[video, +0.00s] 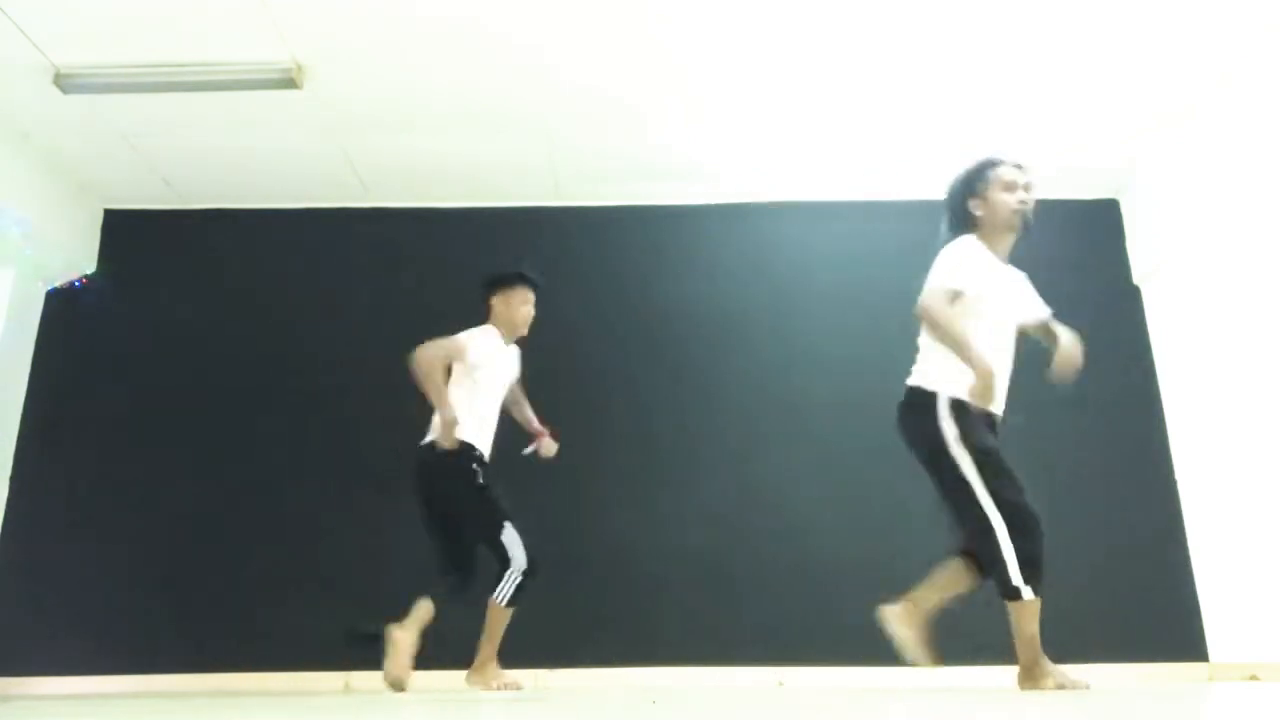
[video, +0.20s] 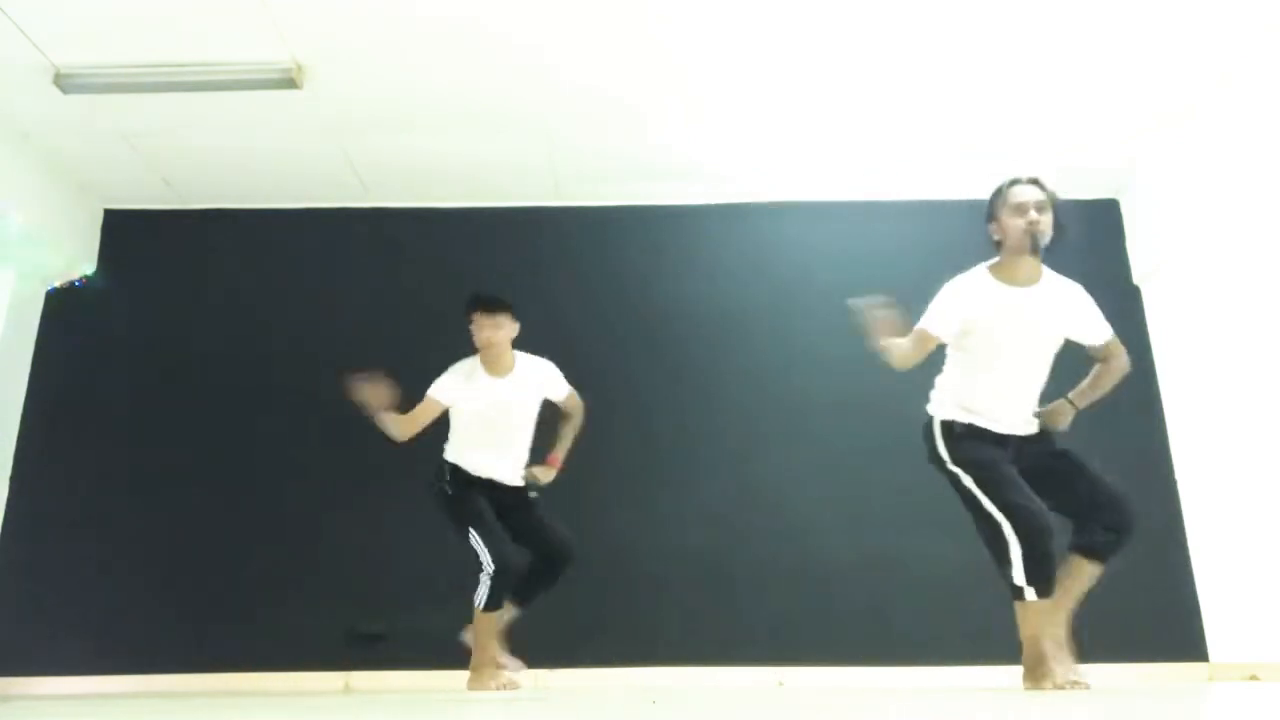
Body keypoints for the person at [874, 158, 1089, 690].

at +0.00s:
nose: (1026, 197)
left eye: (1027, 188)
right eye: (1011, 188)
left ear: (1027, 204)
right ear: (976, 203)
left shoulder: (1014, 281)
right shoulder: (960, 252)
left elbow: (1048, 329)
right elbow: (931, 308)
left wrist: (1066, 343)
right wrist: (979, 363)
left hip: (974, 412)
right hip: (939, 404)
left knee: (996, 534)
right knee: (1015, 526)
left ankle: (910, 612)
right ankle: (1033, 668)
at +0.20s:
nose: (1032, 218)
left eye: (1041, 209)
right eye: (1019, 210)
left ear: (1052, 223)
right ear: (995, 225)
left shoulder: (1067, 297)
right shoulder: (966, 291)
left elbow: (1116, 361)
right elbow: (904, 357)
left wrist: (1071, 404)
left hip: (1021, 432)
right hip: (959, 428)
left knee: (1108, 517)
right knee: (1029, 529)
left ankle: (1053, 626)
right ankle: (1038, 669)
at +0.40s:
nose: (1038, 234)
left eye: (1046, 224)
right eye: (1024, 226)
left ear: (1059, 236)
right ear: (1001, 242)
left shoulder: (1084, 302)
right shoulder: (977, 306)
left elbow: (1140, 363)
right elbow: (905, 353)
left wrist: (1095, 416)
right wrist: (826, 355)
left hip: (1051, 442)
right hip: (988, 436)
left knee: (1139, 526)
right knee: (1047, 529)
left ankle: (1069, 629)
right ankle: (1042, 665)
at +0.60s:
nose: (1060, 251)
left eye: (1069, 242)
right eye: (1047, 241)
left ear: (1080, 250)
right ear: (1021, 252)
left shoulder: (1099, 309)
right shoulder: (999, 313)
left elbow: (1148, 368)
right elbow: (941, 360)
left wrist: (1104, 424)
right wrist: (875, 350)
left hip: (1061, 448)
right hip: (1001, 439)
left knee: (1148, 529)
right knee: (1053, 531)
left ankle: (1075, 628)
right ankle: (1044, 665)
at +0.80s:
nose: (1106, 262)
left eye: (1114, 253)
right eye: (1094, 251)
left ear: (1121, 263)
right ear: (1061, 261)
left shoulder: (1117, 319)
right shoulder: (1037, 321)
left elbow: (1145, 379)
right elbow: (1066, 386)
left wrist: (1107, 431)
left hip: (1060, 452)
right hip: (1009, 442)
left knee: (1138, 529)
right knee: (1060, 532)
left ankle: (1179, 653)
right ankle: (1045, 666)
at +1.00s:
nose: (1168, 277)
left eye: (1174, 270)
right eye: (1158, 265)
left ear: (1177, 277)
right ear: (1121, 270)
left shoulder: (1139, 335)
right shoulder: (1096, 323)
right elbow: (1126, 410)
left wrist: (1113, 426)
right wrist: (1203, 401)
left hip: (1063, 453)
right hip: (1028, 438)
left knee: (1120, 538)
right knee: (1073, 530)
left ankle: (1179, 660)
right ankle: (1045, 663)